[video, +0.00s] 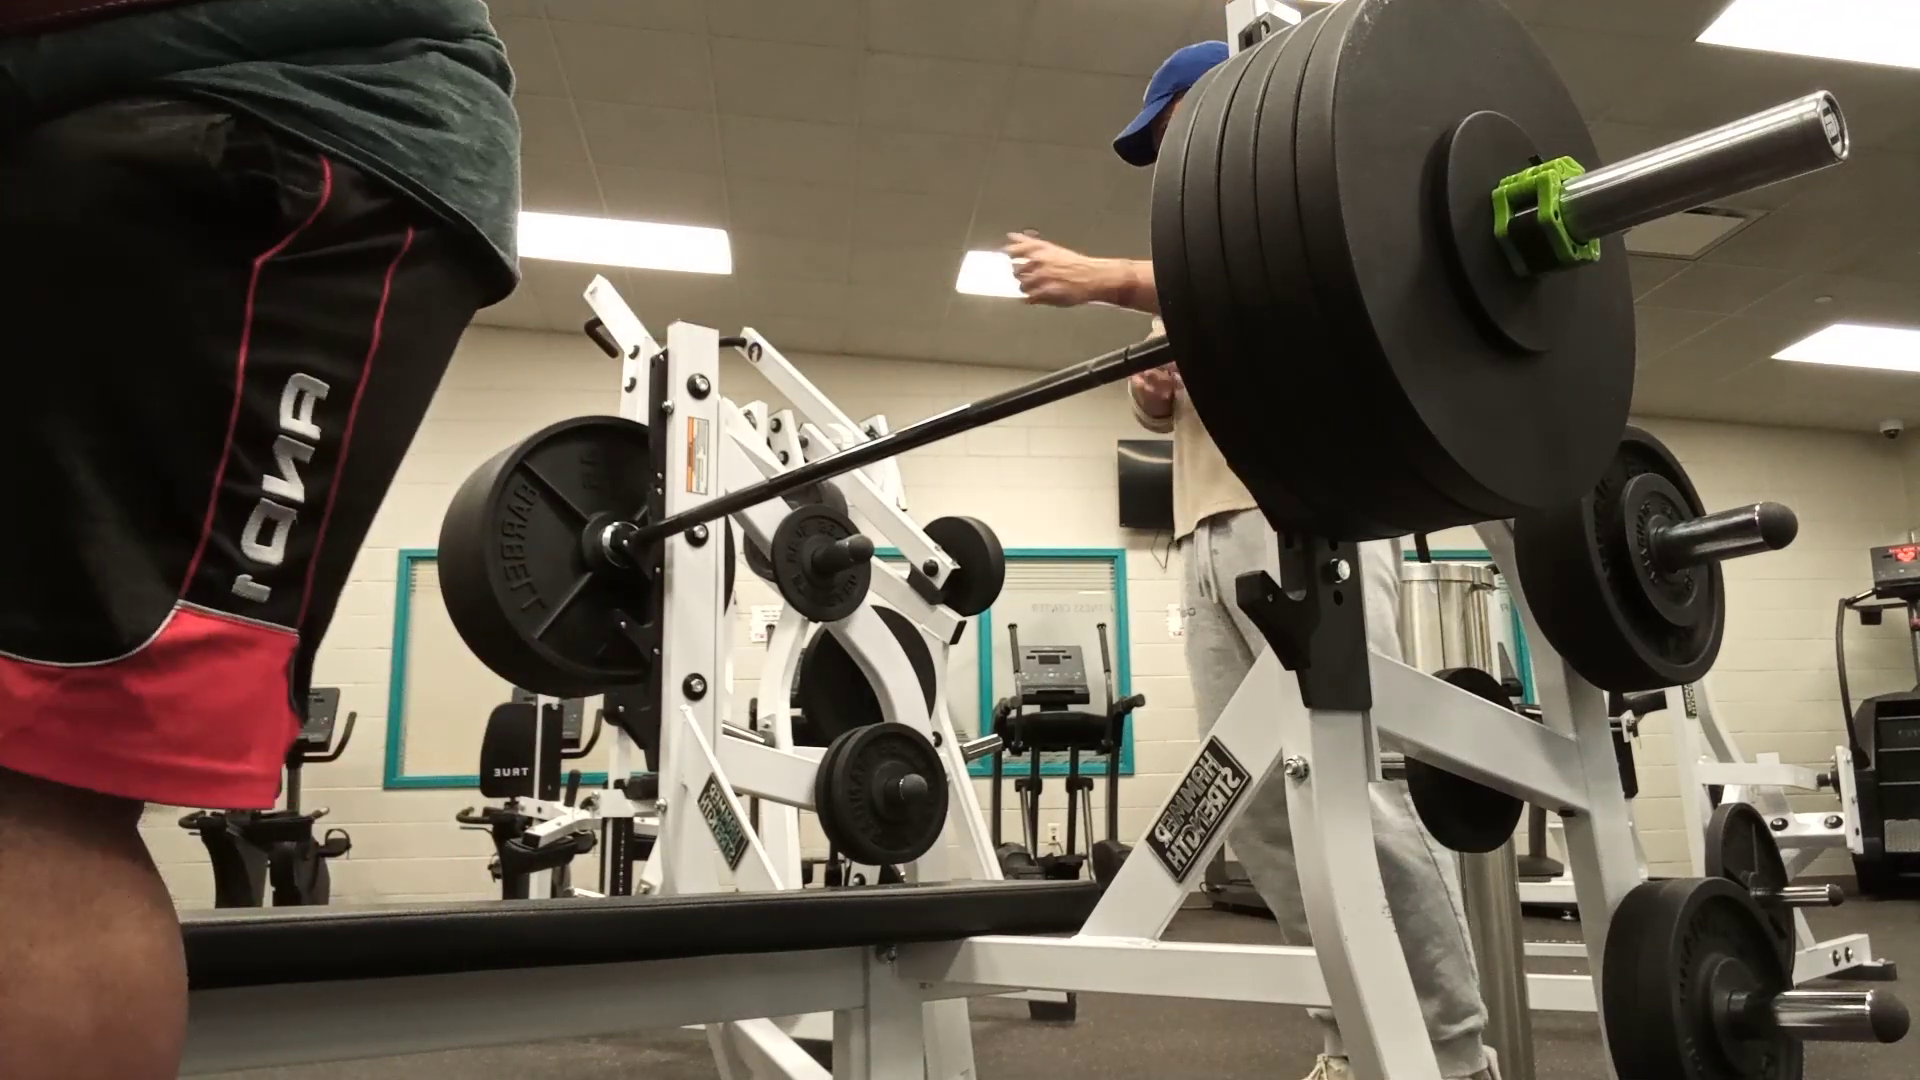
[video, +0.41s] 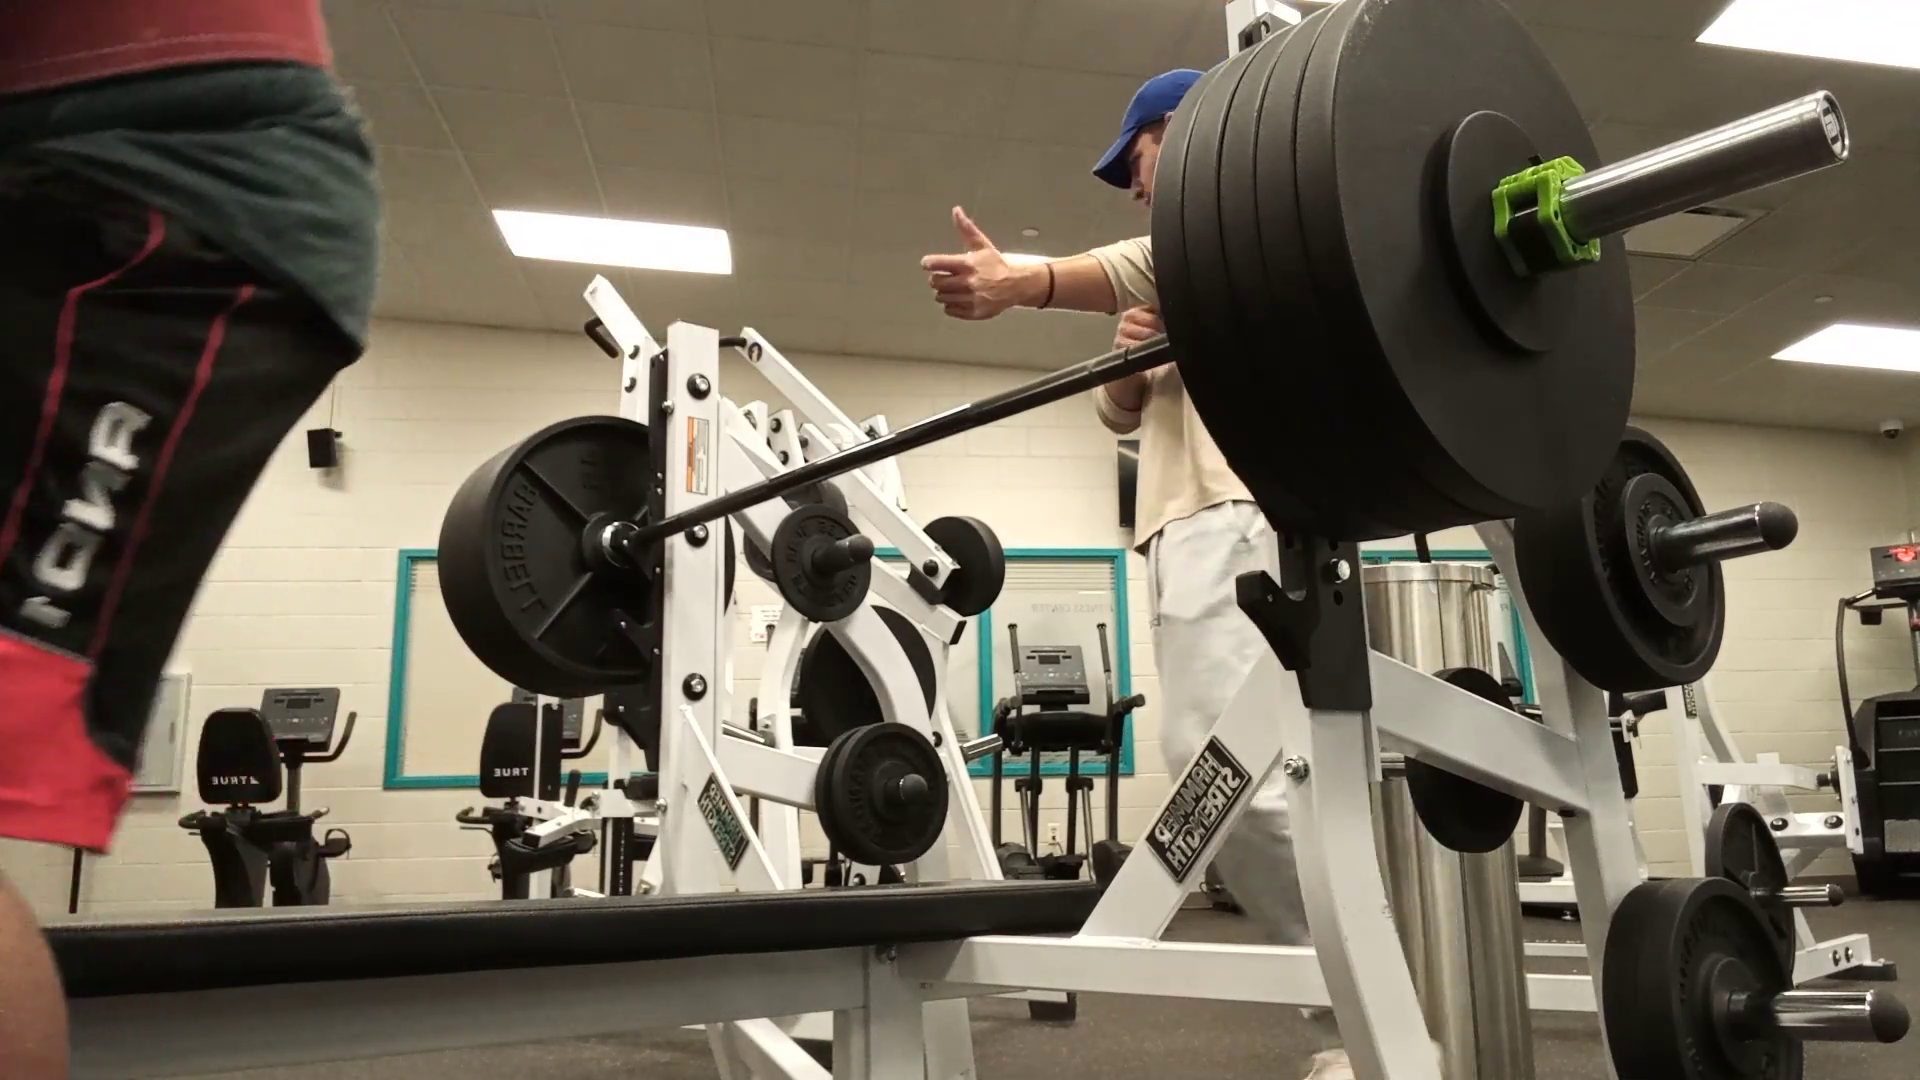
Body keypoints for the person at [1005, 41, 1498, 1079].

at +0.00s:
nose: (1158, 164)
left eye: (1168, 138)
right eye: (1154, 148)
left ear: (1221, 106)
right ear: (1183, 127)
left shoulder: (1298, 192)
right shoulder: (1205, 238)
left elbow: (1269, 271)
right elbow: (1172, 400)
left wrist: (1106, 277)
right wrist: (1162, 392)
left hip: (1297, 528)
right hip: (1209, 541)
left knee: (1355, 795)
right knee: (1253, 812)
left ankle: (1458, 1049)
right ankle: (1365, 1028)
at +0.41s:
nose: (1132, 180)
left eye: (1139, 156)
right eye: (1129, 167)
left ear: (1187, 128)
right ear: (1164, 150)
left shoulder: (1234, 216)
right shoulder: (1179, 256)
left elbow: (1152, 264)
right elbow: (1121, 416)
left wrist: (1021, 278)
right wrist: (1130, 356)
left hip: (1230, 520)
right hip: (1184, 530)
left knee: (1219, 760)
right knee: (1214, 774)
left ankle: (1353, 998)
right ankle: (1334, 1003)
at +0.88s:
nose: (1038, 140)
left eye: (1042, 115)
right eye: (1034, 122)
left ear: (1088, 90)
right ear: (1105, 96)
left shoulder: (1149, 187)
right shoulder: (1136, 196)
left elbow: (1149, 362)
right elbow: (1142, 378)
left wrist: (1028, 434)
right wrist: (1043, 384)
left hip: (1143, 524)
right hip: (1156, 523)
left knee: (1102, 795)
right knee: (1162, 785)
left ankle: (1142, 1055)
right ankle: (1315, 1004)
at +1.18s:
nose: (985, 126)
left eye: (995, 100)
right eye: (979, 110)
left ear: (1054, 84)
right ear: (1048, 93)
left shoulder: (1110, 179)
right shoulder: (1062, 213)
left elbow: (1135, 321)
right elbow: (1076, 380)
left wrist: (989, 430)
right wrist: (970, 400)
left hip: (1113, 528)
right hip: (1056, 533)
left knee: (1092, 783)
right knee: (1010, 771)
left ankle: (1141, 1037)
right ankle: (1087, 992)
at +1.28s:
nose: (980, 125)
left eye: (995, 100)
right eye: (972, 110)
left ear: (1058, 93)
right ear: (987, 120)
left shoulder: (1110, 188)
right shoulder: (1036, 227)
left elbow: (1138, 321)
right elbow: (1043, 387)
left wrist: (988, 408)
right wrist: (939, 396)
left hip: (1103, 533)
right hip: (1041, 542)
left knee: (1091, 793)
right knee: (1019, 797)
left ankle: (1137, 1041)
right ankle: (1078, 1016)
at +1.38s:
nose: (984, 127)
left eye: (1001, 106)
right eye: (972, 113)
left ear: (1058, 104)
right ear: (969, 130)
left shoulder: (1113, 194)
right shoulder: (1001, 253)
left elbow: (1148, 323)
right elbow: (993, 396)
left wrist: (1008, 392)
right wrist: (896, 387)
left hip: (1110, 531)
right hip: (1032, 543)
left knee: (1092, 793)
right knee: (1035, 798)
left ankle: (1135, 1043)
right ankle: (1104, 1026)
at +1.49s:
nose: (987, 134)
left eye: (1004, 112)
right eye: (970, 123)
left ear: (1052, 116)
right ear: (962, 144)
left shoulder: (1110, 199)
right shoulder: (976, 270)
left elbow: (1162, 325)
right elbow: (941, 412)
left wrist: (1046, 388)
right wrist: (851, 376)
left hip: (1112, 528)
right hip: (1025, 546)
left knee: (1098, 792)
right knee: (1030, 803)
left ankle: (1129, 1043)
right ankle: (1089, 1021)